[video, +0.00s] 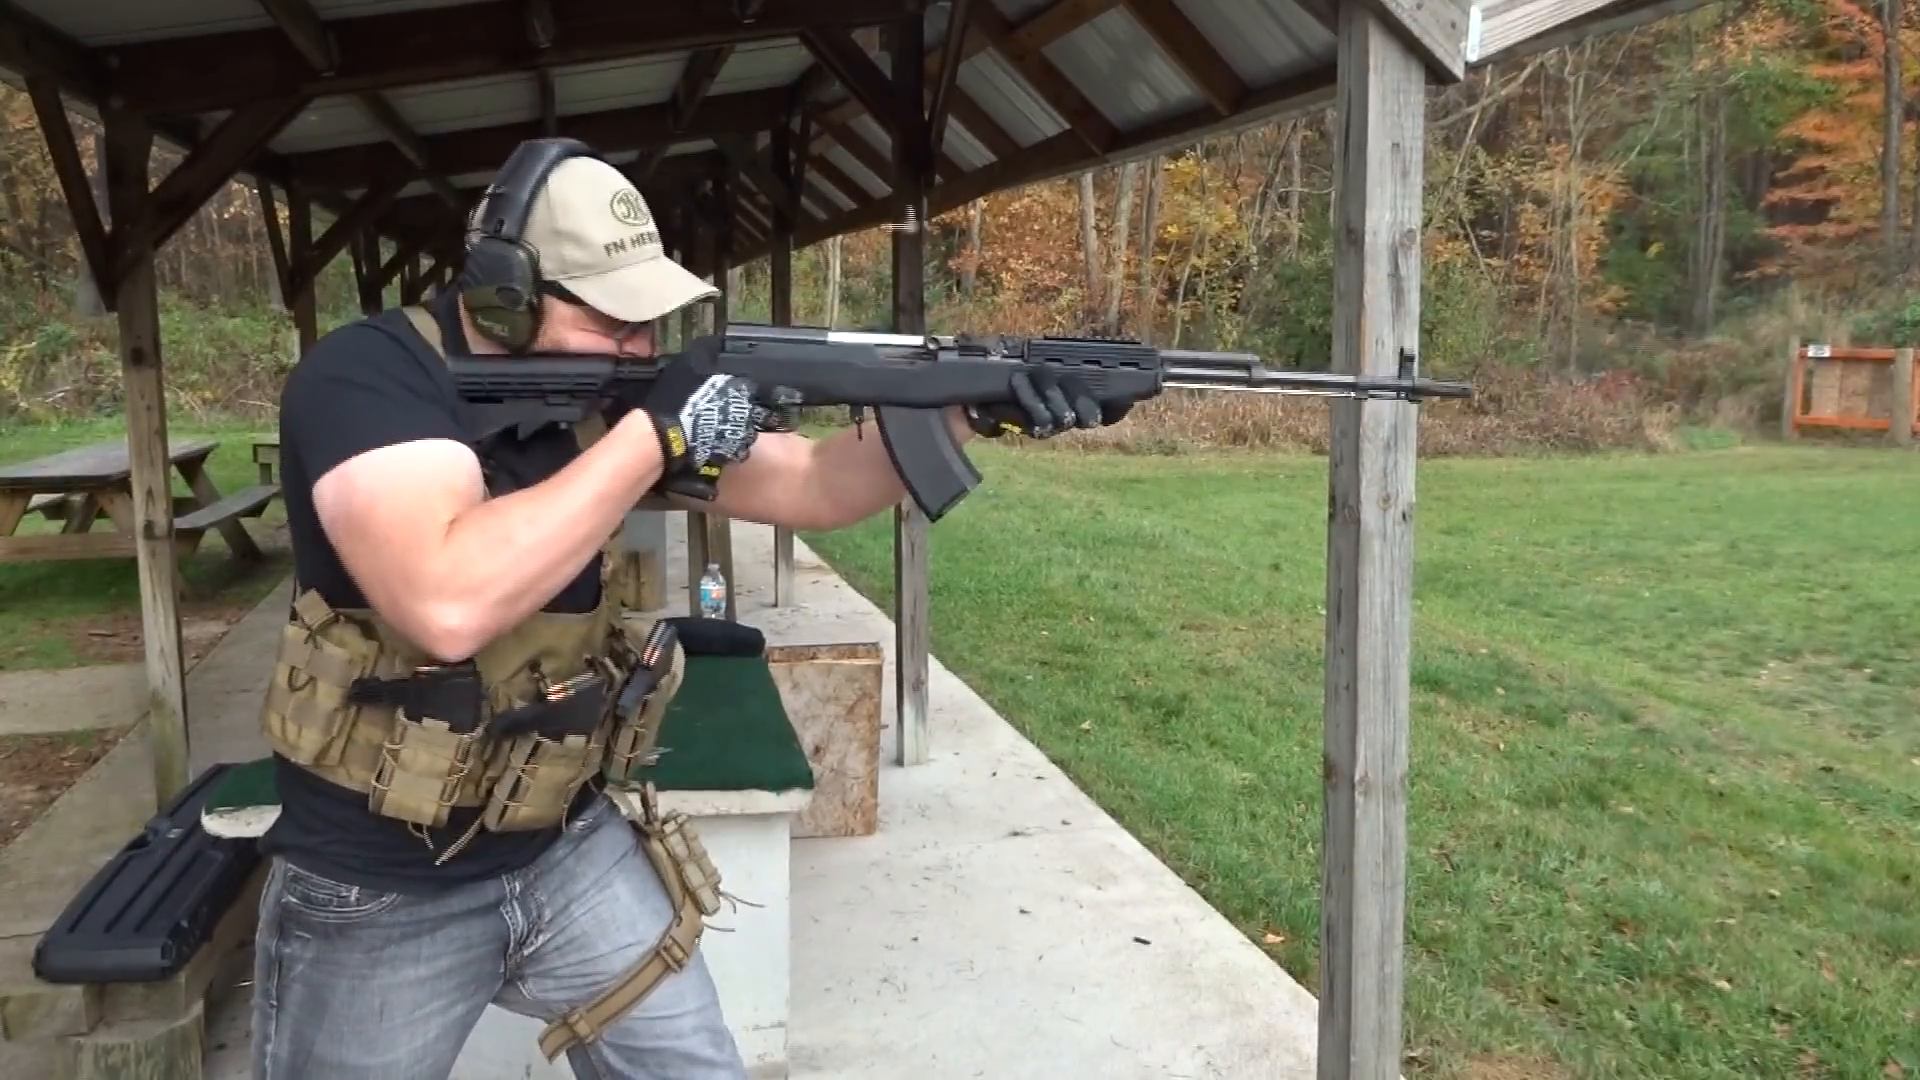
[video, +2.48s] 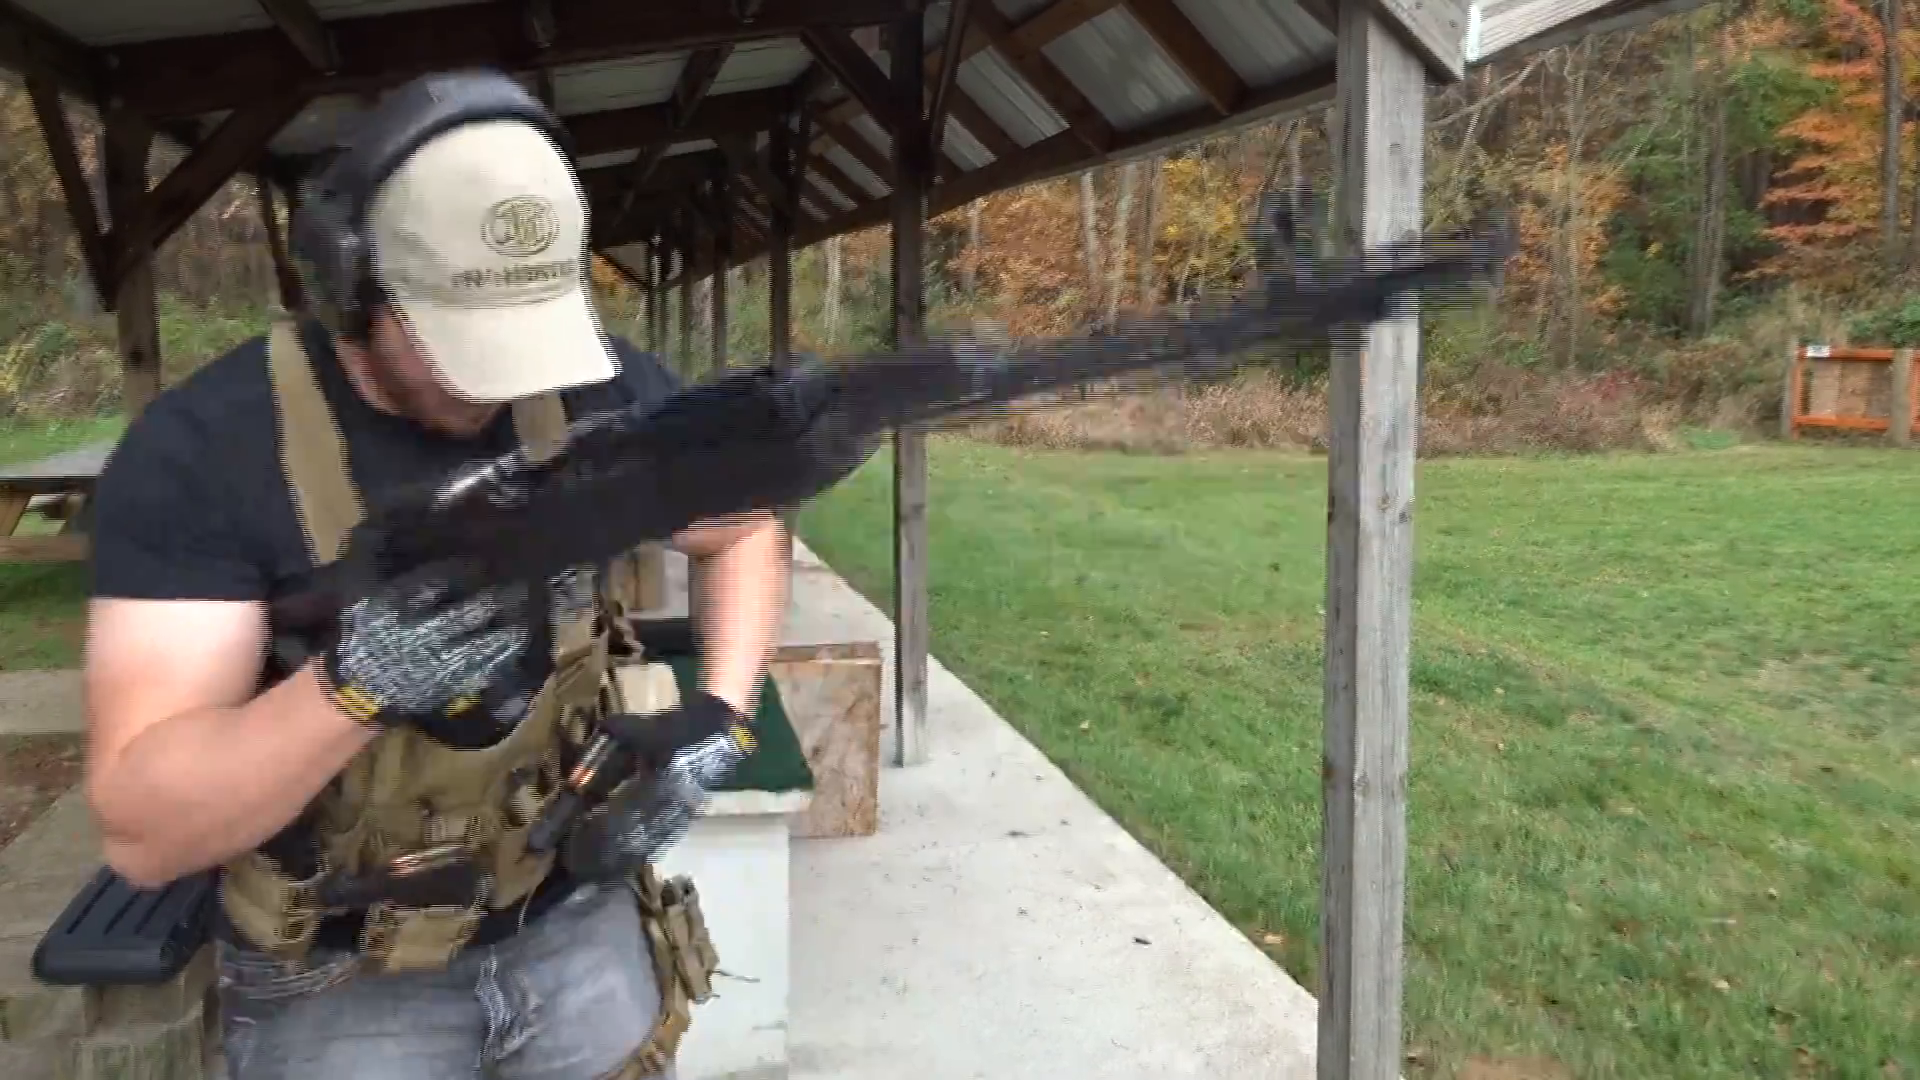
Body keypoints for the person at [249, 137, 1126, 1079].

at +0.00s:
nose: (632, 349)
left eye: (640, 324)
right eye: (602, 325)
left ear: (646, 296)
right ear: (498, 298)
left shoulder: (611, 397)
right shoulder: (361, 380)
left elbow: (812, 481)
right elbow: (448, 602)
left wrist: (984, 401)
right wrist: (658, 433)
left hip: (575, 848)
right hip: (380, 893)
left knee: (697, 1065)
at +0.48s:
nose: (630, 357)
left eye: (641, 333)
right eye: (603, 331)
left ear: (647, 300)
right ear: (504, 301)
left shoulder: (612, 395)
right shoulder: (357, 380)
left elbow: (807, 480)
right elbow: (443, 600)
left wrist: (981, 399)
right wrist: (652, 434)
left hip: (573, 847)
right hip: (377, 894)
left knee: (692, 1067)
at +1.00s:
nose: (752, 278)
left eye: (756, 249)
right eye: (723, 250)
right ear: (623, 240)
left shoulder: (741, 385)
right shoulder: (497, 375)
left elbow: (897, 525)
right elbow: (528, 622)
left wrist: (985, 458)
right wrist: (769, 500)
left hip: (693, 827)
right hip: (493, 860)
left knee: (787, 1066)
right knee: (428, 1066)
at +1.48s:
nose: (622, 283)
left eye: (639, 243)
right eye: (579, 255)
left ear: (672, 236)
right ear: (503, 260)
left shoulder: (729, 357)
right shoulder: (430, 421)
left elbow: (915, 510)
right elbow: (450, 745)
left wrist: (969, 470)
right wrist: (699, 571)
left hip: (721, 847)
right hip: (514, 885)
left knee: (785, 1062)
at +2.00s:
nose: (448, 344)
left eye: (471, 299)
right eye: (400, 315)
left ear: (509, 243)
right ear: (302, 277)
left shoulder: (599, 390)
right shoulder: (203, 463)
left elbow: (767, 580)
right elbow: (177, 828)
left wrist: (802, 658)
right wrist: (396, 689)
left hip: (600, 913)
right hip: (364, 964)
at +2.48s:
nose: (494, 378)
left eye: (518, 342)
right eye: (460, 343)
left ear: (551, 279)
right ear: (352, 293)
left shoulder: (594, 387)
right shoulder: (202, 454)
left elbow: (744, 522)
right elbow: (144, 828)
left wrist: (714, 721)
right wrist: (357, 685)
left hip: (582, 936)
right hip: (337, 992)